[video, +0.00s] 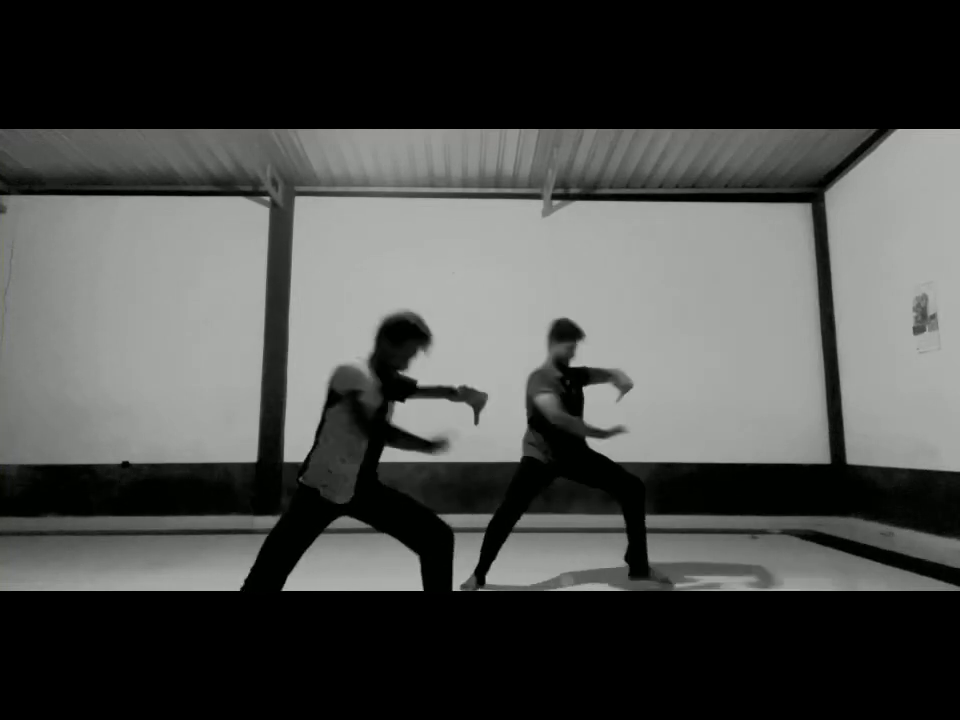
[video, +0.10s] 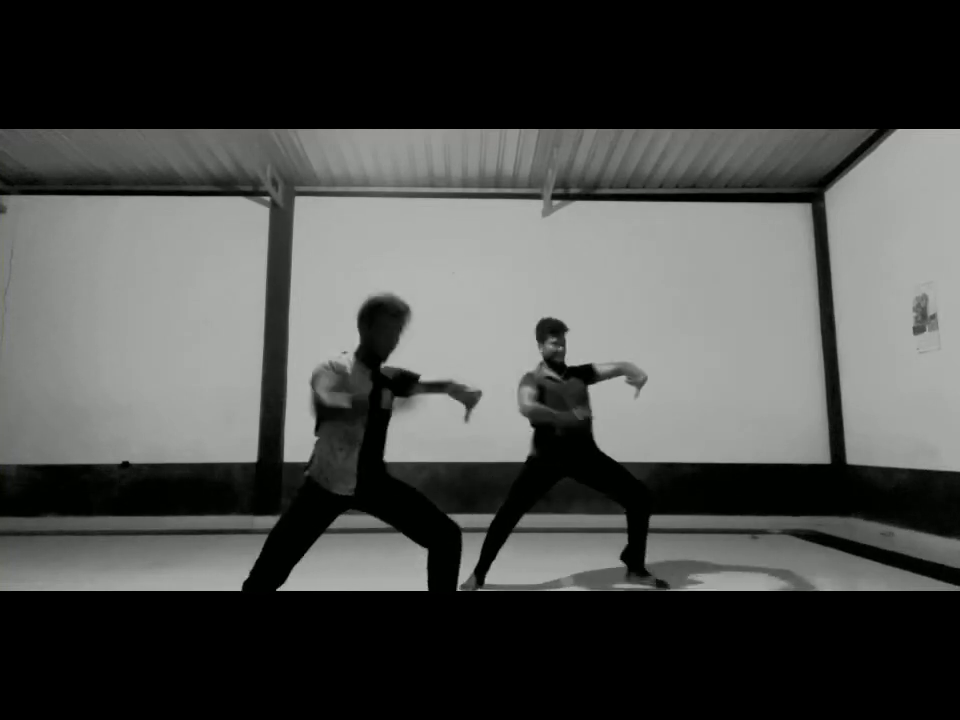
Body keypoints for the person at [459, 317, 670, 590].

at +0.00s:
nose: (571, 350)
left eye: (574, 344)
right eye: (566, 344)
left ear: (576, 346)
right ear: (552, 343)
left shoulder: (575, 375)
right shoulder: (540, 380)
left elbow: (610, 374)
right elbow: (555, 416)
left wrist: (622, 382)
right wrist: (599, 433)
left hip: (574, 455)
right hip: (540, 457)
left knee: (632, 489)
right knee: (509, 511)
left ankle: (639, 567)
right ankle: (479, 574)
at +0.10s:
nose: (560, 346)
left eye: (562, 341)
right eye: (553, 341)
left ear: (566, 343)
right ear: (540, 345)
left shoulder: (580, 374)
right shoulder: (532, 380)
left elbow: (620, 367)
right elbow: (528, 408)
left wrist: (636, 374)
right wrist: (567, 416)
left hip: (585, 455)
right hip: (547, 458)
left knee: (638, 497)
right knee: (509, 513)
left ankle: (636, 567)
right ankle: (478, 575)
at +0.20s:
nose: (563, 346)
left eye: (566, 341)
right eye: (557, 342)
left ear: (572, 342)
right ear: (548, 346)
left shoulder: (595, 372)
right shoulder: (542, 379)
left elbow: (635, 362)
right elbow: (512, 390)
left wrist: (643, 371)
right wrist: (544, 385)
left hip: (592, 457)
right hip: (551, 459)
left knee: (642, 500)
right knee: (516, 513)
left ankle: (639, 573)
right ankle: (480, 574)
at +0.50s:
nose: (579, 346)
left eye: (584, 341)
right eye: (574, 341)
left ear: (592, 343)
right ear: (566, 343)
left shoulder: (605, 377)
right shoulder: (550, 373)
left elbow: (645, 376)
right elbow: (515, 366)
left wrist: (641, 389)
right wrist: (502, 376)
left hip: (590, 458)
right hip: (547, 456)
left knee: (639, 500)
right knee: (495, 487)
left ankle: (640, 572)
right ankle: (483, 554)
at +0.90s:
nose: (543, 343)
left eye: (549, 338)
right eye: (538, 338)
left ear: (559, 339)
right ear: (533, 340)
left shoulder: (578, 368)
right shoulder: (521, 375)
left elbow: (623, 364)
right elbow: (481, 391)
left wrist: (622, 395)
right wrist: (480, 398)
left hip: (578, 450)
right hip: (536, 455)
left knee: (637, 496)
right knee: (492, 502)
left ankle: (648, 564)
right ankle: (477, 576)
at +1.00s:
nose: (543, 345)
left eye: (548, 339)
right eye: (539, 340)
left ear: (562, 341)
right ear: (536, 343)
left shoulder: (584, 371)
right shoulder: (527, 378)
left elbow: (625, 361)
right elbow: (493, 388)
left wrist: (594, 376)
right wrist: (479, 406)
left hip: (584, 456)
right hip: (540, 459)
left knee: (637, 501)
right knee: (492, 502)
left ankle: (651, 579)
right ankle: (478, 577)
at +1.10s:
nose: (538, 344)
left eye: (545, 339)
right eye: (535, 338)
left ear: (559, 343)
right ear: (531, 341)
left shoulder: (574, 371)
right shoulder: (521, 375)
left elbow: (591, 360)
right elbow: (479, 380)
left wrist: (558, 355)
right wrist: (489, 403)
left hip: (582, 457)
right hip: (539, 459)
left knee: (634, 512)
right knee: (490, 503)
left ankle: (654, 582)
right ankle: (478, 577)